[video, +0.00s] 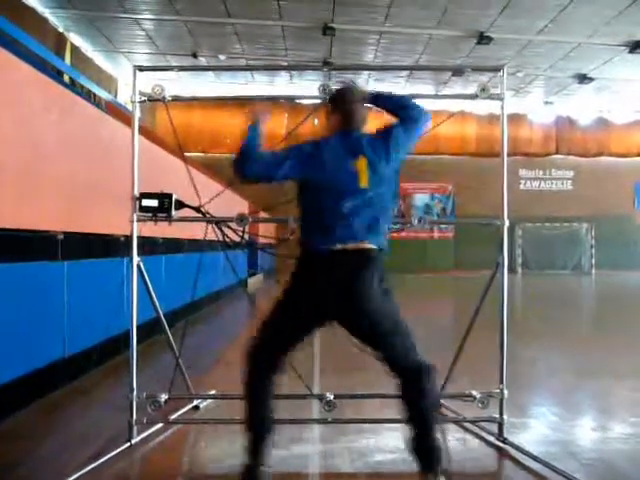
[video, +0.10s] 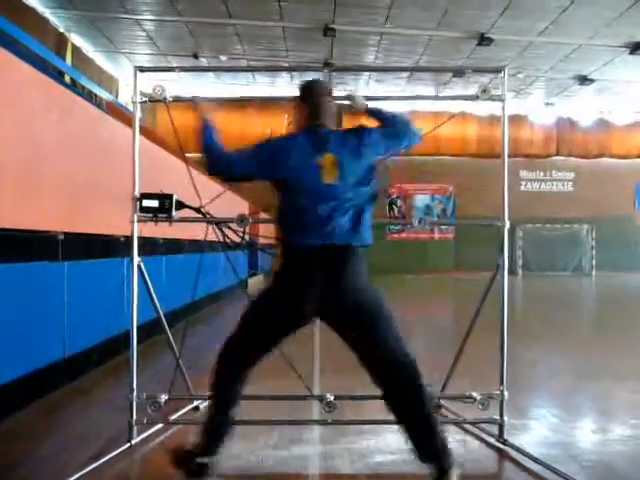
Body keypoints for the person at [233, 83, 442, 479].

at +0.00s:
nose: (333, 118)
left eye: (331, 112)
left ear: (331, 116)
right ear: (365, 115)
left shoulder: (314, 154)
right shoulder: (386, 148)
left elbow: (249, 167)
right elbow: (416, 115)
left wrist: (256, 126)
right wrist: (371, 96)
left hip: (314, 278)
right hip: (363, 279)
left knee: (263, 356)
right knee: (413, 368)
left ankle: (254, 464)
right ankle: (431, 464)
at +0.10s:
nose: (296, 114)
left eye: (298, 108)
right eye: (304, 107)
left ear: (301, 112)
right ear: (334, 112)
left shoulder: (285, 151)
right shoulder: (360, 144)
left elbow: (221, 166)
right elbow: (406, 132)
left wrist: (207, 125)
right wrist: (369, 111)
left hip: (295, 283)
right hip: (348, 282)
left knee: (234, 358)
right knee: (396, 368)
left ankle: (206, 451)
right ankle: (440, 461)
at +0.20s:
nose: (290, 136)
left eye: (276, 128)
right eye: (291, 130)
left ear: (257, 132)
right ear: (292, 136)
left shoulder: (237, 165)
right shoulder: (308, 174)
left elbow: (199, 133)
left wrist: (167, 101)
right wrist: (373, 174)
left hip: (274, 300)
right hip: (325, 295)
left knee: (212, 372)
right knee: (391, 368)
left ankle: (177, 462)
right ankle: (464, 453)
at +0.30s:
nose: (287, 146)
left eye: (284, 139)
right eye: (285, 140)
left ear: (249, 142)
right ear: (281, 145)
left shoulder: (222, 180)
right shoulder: (292, 184)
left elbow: (191, 158)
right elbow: (312, 242)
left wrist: (169, 115)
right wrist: (357, 215)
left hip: (261, 305)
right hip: (309, 301)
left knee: (192, 372)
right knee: (370, 373)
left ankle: (174, 460)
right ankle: (433, 448)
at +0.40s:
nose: (309, 141)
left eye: (308, 135)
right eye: (308, 135)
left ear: (268, 136)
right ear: (300, 138)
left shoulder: (237, 177)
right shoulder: (312, 174)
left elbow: (186, 195)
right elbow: (361, 212)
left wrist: (181, 154)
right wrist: (374, 175)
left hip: (267, 298)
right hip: (316, 296)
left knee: (206, 376)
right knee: (358, 371)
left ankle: (177, 462)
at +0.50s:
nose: (333, 131)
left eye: (331, 126)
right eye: (331, 126)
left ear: (291, 127)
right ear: (325, 128)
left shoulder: (263, 163)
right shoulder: (336, 163)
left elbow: (219, 159)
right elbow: (388, 204)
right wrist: (388, 168)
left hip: (289, 286)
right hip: (335, 284)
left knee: (237, 368)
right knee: (365, 366)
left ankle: (222, 462)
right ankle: (365, 466)